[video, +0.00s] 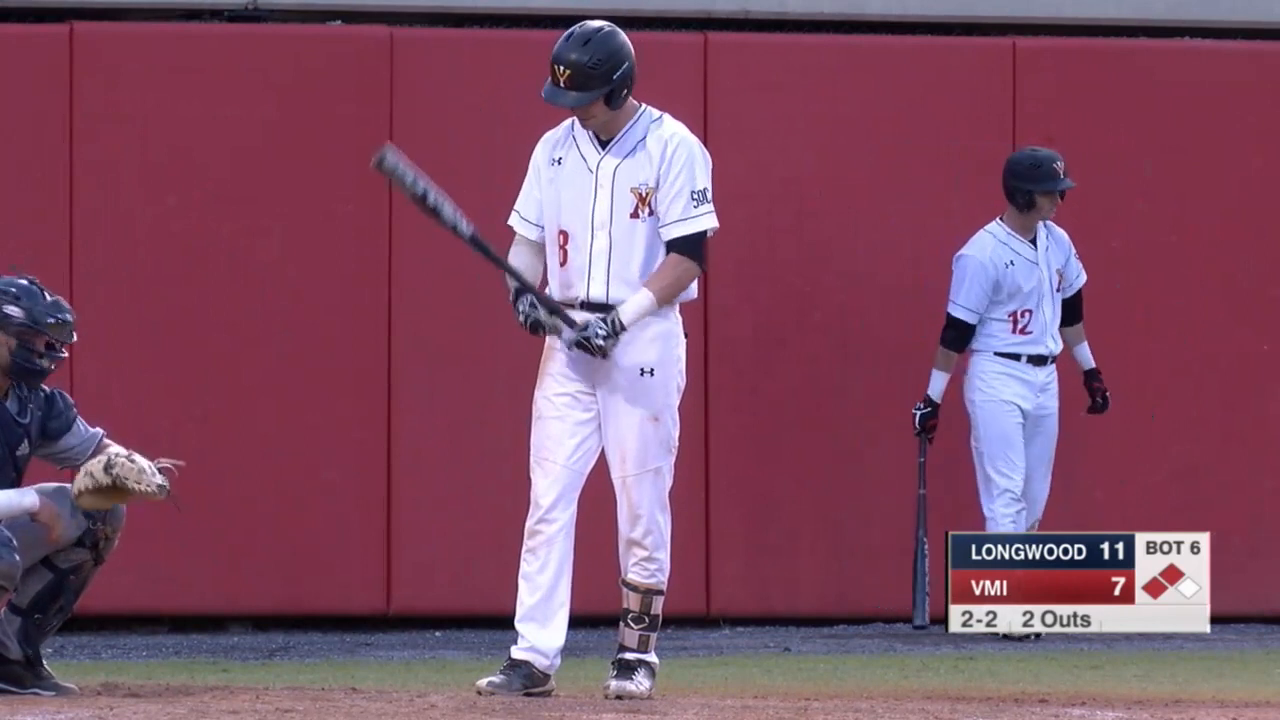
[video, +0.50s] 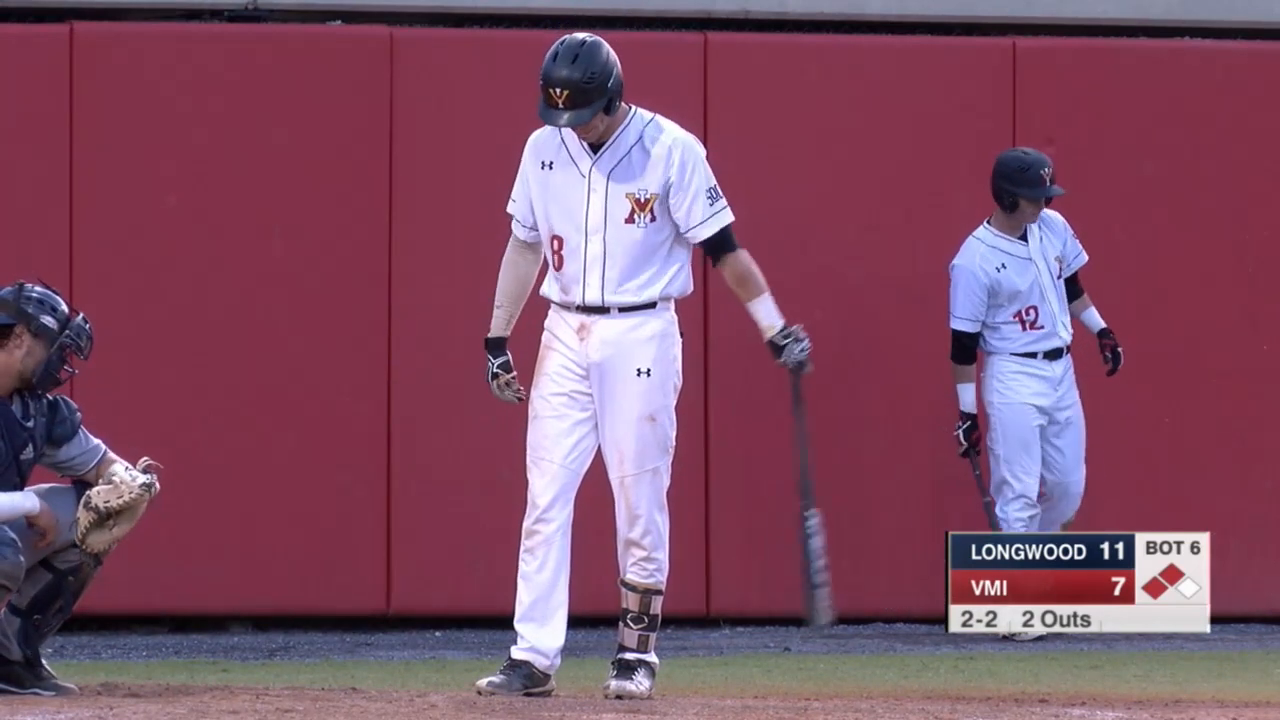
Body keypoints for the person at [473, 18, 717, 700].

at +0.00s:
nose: (572, 110)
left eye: (581, 99)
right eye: (567, 98)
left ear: (617, 87)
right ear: (566, 87)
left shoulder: (673, 144)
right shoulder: (553, 147)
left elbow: (689, 255)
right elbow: (528, 241)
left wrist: (622, 313)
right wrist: (523, 291)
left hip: (643, 345)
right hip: (565, 342)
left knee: (640, 500)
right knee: (548, 501)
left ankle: (635, 655)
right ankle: (533, 658)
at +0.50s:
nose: (573, 127)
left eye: (582, 115)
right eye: (563, 115)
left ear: (614, 98)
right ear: (553, 101)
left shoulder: (672, 149)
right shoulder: (544, 146)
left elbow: (724, 249)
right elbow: (524, 246)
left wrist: (777, 329)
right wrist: (497, 337)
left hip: (640, 341)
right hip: (563, 339)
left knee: (638, 490)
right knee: (546, 496)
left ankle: (635, 652)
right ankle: (533, 656)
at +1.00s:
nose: (566, 131)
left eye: (574, 119)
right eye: (557, 119)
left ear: (606, 101)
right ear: (549, 104)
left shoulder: (671, 149)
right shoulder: (544, 146)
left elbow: (714, 255)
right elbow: (529, 251)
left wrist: (756, 340)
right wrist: (507, 341)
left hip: (643, 339)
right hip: (565, 336)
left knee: (639, 491)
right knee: (547, 496)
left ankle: (635, 654)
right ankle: (531, 657)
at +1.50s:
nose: (571, 132)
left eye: (579, 121)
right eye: (564, 122)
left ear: (613, 103)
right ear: (558, 106)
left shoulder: (672, 146)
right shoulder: (551, 146)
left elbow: (675, 258)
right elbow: (537, 241)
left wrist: (595, 302)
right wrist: (529, 285)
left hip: (644, 343)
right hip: (569, 341)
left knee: (640, 497)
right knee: (549, 499)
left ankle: (636, 654)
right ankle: (533, 657)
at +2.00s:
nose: (572, 136)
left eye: (583, 126)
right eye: (564, 125)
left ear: (615, 107)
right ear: (554, 107)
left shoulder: (669, 146)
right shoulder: (544, 144)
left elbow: (675, 257)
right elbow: (520, 225)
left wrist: (582, 272)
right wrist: (533, 256)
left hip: (644, 336)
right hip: (570, 334)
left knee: (639, 490)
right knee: (548, 494)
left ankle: (635, 653)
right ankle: (533, 657)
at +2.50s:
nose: (576, 140)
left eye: (588, 129)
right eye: (567, 128)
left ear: (617, 109)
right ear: (555, 108)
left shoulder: (669, 149)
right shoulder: (545, 146)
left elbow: (672, 263)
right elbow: (517, 222)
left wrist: (581, 273)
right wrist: (529, 246)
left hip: (639, 339)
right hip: (564, 337)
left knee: (636, 491)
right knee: (545, 494)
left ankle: (635, 653)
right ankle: (533, 656)